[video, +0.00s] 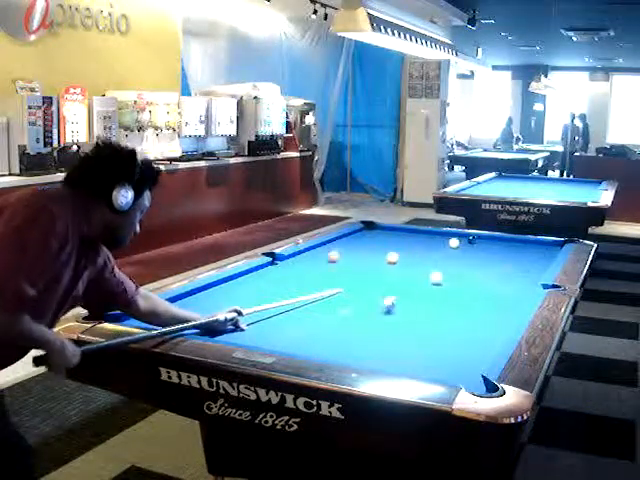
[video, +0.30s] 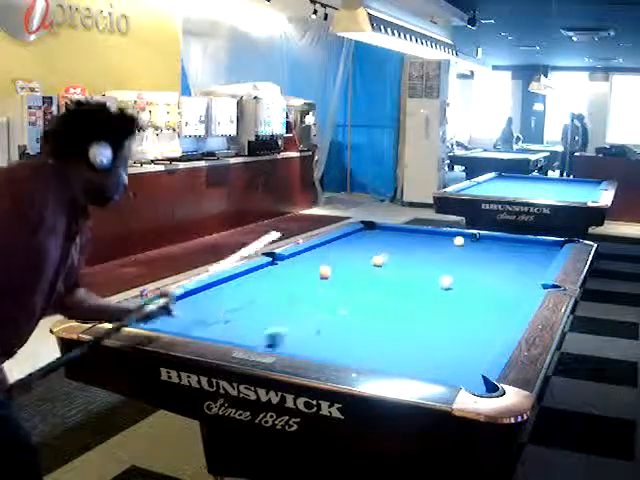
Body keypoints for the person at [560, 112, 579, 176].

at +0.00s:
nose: (572, 119)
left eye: (573, 117)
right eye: (571, 117)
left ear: (574, 118)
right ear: (569, 117)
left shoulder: (576, 127)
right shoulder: (565, 126)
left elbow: (578, 136)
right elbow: (563, 135)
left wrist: (577, 145)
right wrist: (563, 143)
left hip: (573, 146)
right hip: (565, 145)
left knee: (571, 160)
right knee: (563, 159)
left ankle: (569, 173)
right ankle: (561, 173)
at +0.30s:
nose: (572, 119)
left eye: (573, 117)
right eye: (571, 117)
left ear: (574, 118)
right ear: (569, 117)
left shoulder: (577, 127)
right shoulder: (565, 126)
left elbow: (579, 137)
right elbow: (563, 135)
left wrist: (578, 145)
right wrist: (563, 143)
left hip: (573, 146)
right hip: (566, 146)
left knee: (572, 160)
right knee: (563, 159)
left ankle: (569, 173)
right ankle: (562, 172)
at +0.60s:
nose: (572, 119)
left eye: (573, 117)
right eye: (571, 117)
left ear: (575, 118)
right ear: (569, 117)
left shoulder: (578, 126)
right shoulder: (566, 126)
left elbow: (580, 137)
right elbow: (563, 136)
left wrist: (580, 146)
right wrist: (564, 144)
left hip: (574, 147)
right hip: (566, 146)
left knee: (572, 160)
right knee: (564, 158)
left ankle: (570, 172)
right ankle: (562, 171)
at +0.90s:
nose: (571, 119)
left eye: (573, 118)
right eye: (570, 117)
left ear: (574, 118)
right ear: (568, 117)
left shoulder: (576, 127)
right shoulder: (565, 126)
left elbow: (578, 137)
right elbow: (563, 135)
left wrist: (577, 144)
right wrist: (563, 142)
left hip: (573, 146)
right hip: (566, 145)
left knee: (571, 159)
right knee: (564, 159)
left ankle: (570, 173)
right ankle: (562, 173)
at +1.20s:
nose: (570, 120)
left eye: (572, 118)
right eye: (569, 118)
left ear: (574, 118)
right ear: (567, 118)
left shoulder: (576, 127)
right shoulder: (565, 126)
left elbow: (578, 137)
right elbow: (562, 135)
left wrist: (577, 144)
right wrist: (563, 142)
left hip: (573, 145)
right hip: (566, 145)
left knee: (571, 159)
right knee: (564, 158)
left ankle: (570, 173)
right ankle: (562, 173)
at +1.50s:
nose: (570, 119)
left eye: (572, 117)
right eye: (569, 117)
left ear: (574, 118)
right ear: (567, 118)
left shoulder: (576, 127)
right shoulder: (565, 126)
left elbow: (578, 136)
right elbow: (562, 135)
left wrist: (577, 143)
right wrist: (563, 142)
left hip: (573, 146)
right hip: (566, 145)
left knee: (571, 159)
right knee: (564, 159)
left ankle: (570, 173)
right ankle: (562, 172)